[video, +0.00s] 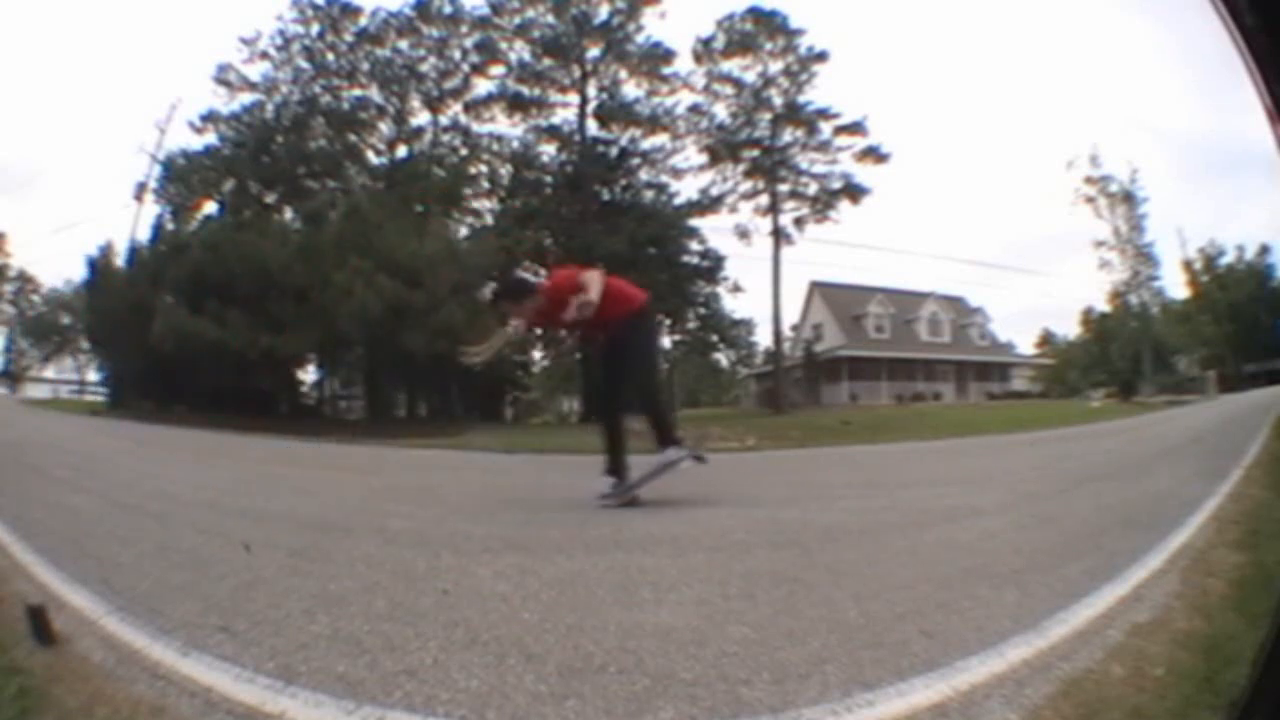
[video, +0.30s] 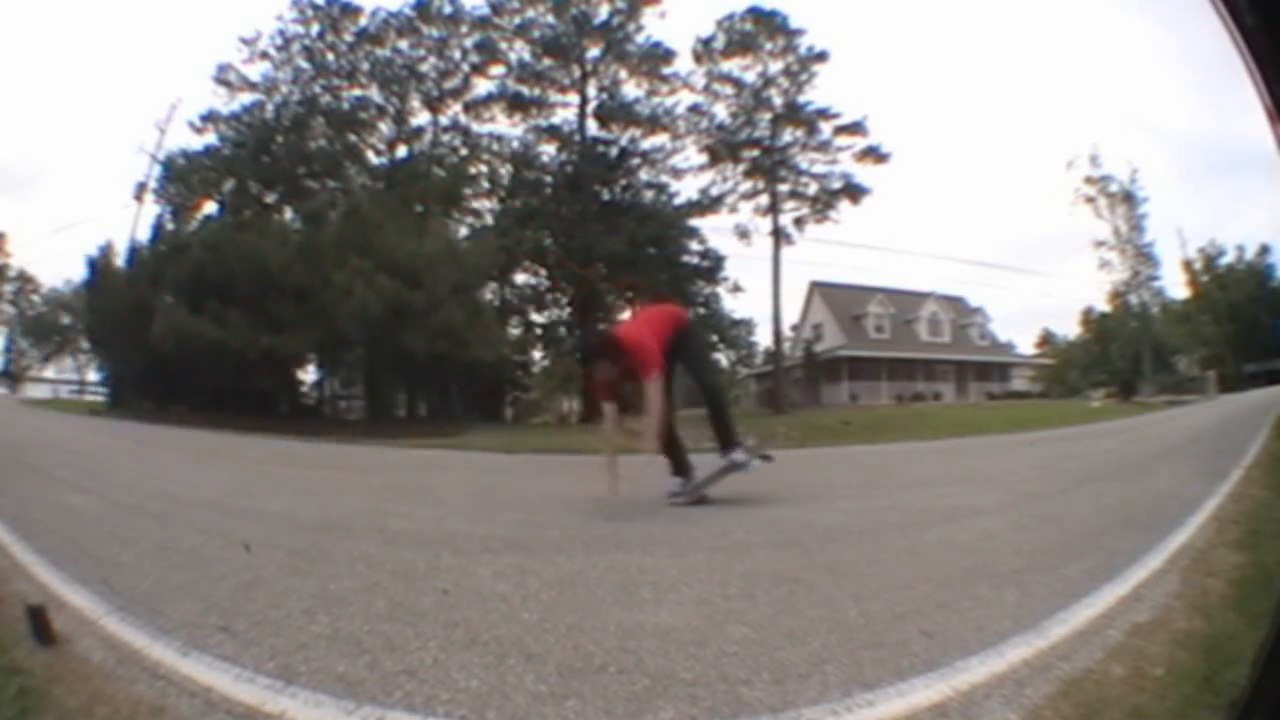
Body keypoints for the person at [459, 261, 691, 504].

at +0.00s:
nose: (515, 316)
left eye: (514, 310)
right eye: (511, 313)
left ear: (525, 299)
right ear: (518, 306)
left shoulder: (557, 284)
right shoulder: (534, 311)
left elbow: (594, 275)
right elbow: (511, 330)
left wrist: (591, 295)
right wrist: (485, 352)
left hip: (632, 316)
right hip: (602, 331)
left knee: (645, 384)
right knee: (606, 403)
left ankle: (670, 444)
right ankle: (618, 477)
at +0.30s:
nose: (599, 375)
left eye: (600, 367)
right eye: (595, 370)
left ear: (612, 357)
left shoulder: (641, 345)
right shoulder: (602, 366)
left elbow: (655, 400)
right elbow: (610, 419)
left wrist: (651, 441)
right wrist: (612, 479)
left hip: (682, 330)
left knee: (712, 387)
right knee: (661, 416)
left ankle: (731, 447)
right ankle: (683, 474)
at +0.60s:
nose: (656, 411)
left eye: (659, 404)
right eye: (650, 408)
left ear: (664, 392)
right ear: (637, 404)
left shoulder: (686, 390)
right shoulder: (630, 407)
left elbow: (703, 451)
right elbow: (633, 454)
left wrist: (704, 503)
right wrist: (633, 505)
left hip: (702, 406)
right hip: (679, 430)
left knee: (764, 422)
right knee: (725, 460)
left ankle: (806, 460)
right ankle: (770, 471)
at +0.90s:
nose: (685, 395)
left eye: (683, 390)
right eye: (680, 391)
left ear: (681, 393)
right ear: (668, 396)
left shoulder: (686, 407)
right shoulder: (648, 431)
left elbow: (701, 381)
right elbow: (615, 468)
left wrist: (711, 369)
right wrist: (629, 507)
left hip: (723, 467)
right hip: (714, 494)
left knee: (788, 451)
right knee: (788, 480)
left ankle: (833, 466)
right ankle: (819, 488)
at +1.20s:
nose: (643, 429)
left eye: (640, 425)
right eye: (637, 425)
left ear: (621, 431)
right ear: (627, 430)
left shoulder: (633, 449)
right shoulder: (623, 455)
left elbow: (655, 432)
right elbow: (637, 479)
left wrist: (677, 401)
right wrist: (685, 457)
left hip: (705, 475)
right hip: (706, 489)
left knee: (767, 453)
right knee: (771, 454)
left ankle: (814, 471)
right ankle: (822, 483)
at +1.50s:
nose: (599, 452)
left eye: (594, 450)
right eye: (593, 452)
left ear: (582, 468)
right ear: (586, 463)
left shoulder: (607, 479)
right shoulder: (607, 485)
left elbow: (652, 481)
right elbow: (654, 483)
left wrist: (673, 450)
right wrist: (679, 444)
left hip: (696, 480)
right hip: (696, 484)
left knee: (755, 462)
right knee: (745, 425)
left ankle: (812, 470)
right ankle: (815, 443)